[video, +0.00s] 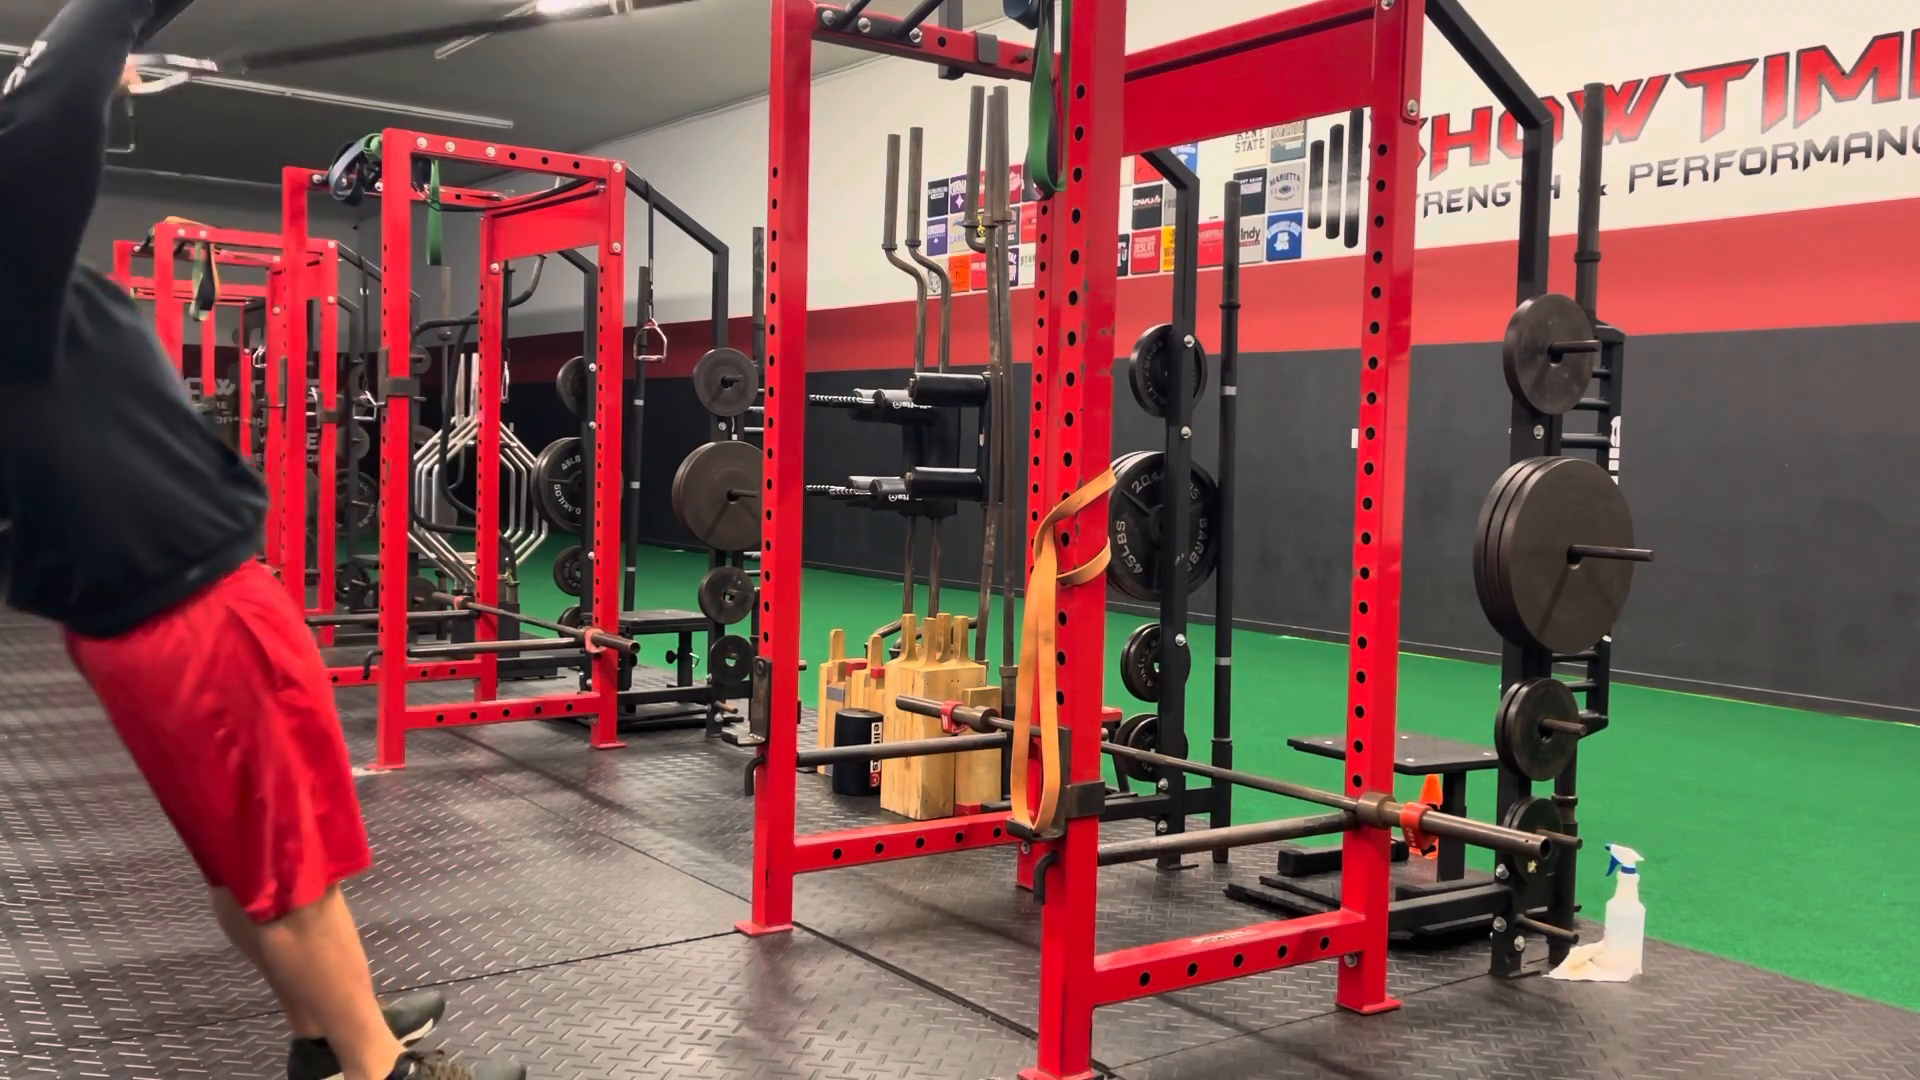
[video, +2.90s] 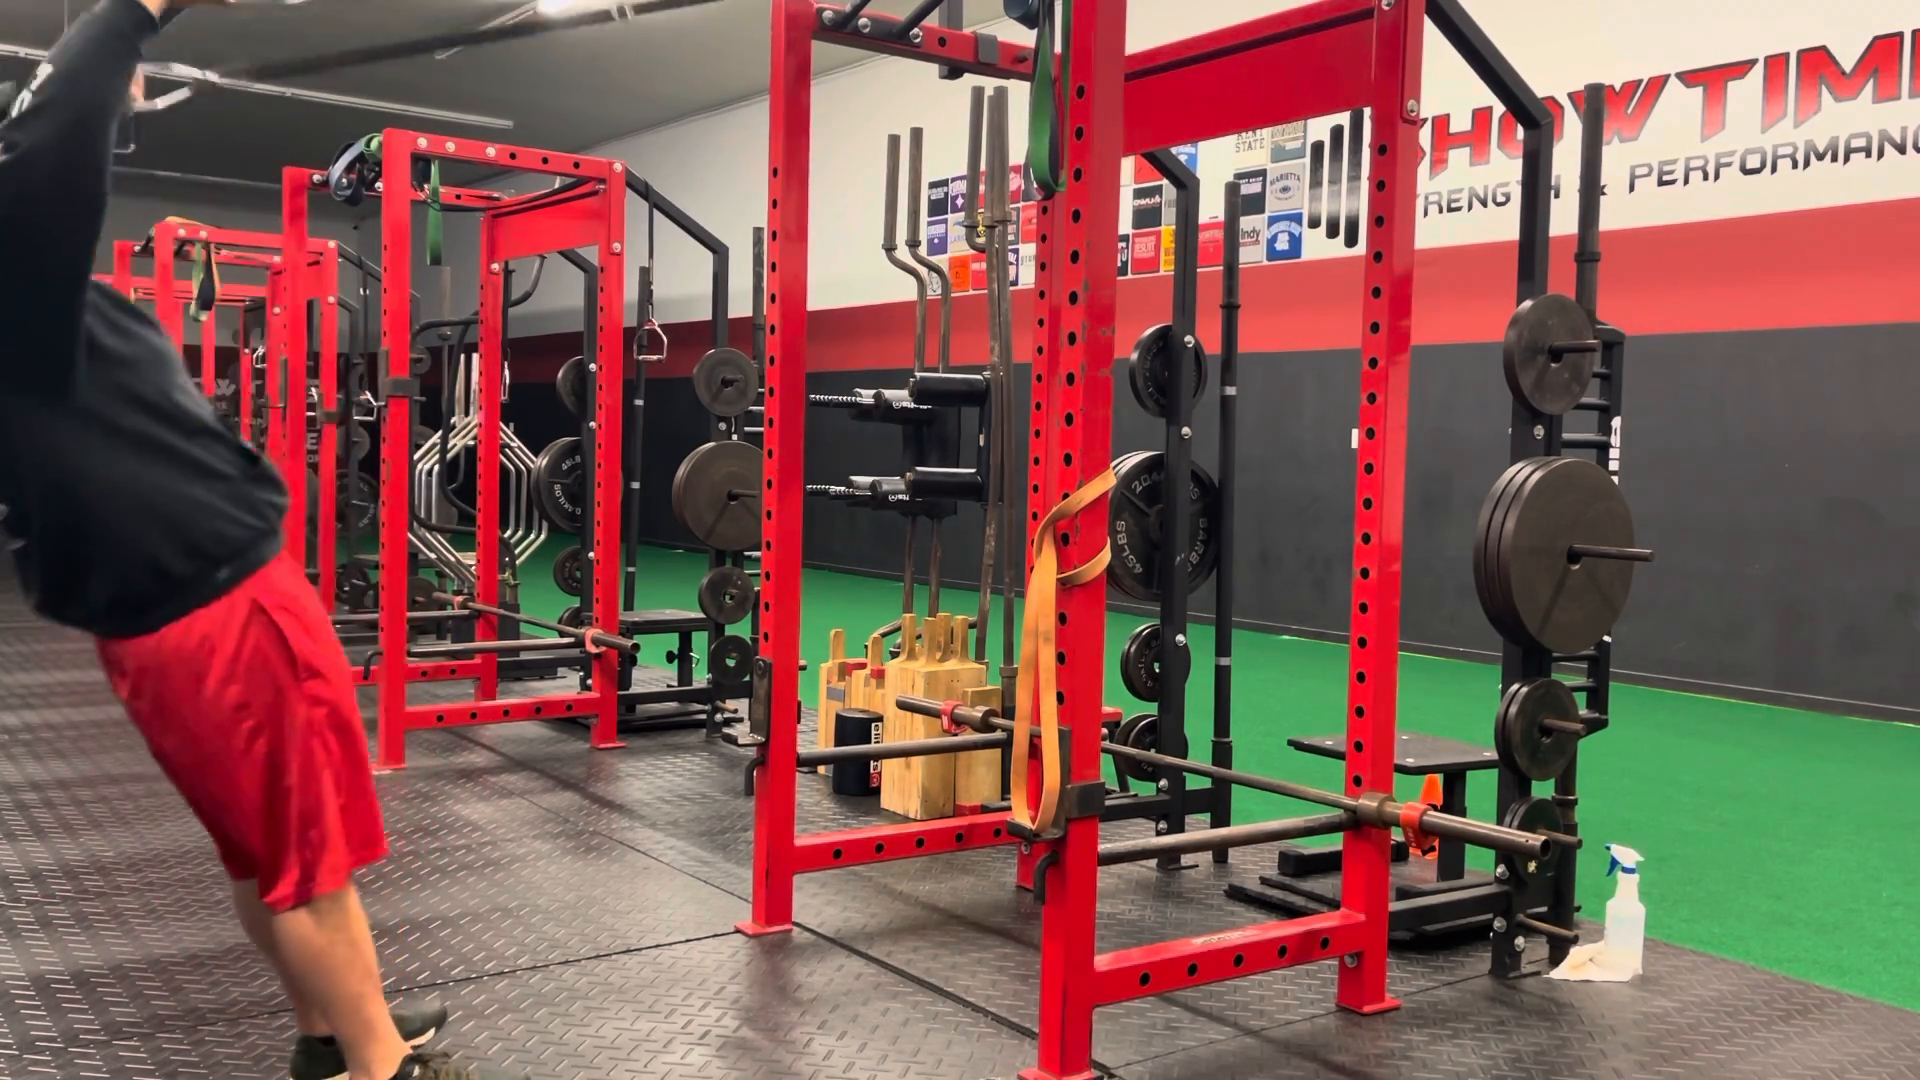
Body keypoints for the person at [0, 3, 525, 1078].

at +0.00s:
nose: (111, 98)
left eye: (106, 83)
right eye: (92, 80)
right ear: (38, 127)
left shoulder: (27, 263)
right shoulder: (19, 260)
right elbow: (71, 70)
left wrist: (92, 70)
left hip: (131, 616)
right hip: (186, 609)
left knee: (248, 863)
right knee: (292, 877)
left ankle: (329, 1032)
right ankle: (376, 1061)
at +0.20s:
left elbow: (15, 250)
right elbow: (17, 236)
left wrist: (114, 207)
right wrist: (165, 126)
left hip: (69, 601)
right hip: (75, 608)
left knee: (214, 831)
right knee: (231, 851)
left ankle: (324, 1028)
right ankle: (366, 1065)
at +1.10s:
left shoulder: (33, 281)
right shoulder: (20, 282)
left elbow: (48, 155)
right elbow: (52, 154)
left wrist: (116, 24)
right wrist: (131, 12)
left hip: (154, 612)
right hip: (185, 609)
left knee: (261, 854)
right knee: (295, 864)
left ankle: (333, 1030)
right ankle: (374, 1058)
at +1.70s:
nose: (201, 130)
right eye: (184, 113)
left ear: (88, 146)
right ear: (161, 125)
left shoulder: (103, 280)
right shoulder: (187, 238)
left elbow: (67, 170)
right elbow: (180, 81)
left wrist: (64, 48)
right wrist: (136, 2)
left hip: (238, 603)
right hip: (322, 596)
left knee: (292, 843)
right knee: (356, 858)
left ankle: (331, 1023)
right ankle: (389, 1060)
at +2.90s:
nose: (132, 112)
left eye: (136, 97)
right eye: (121, 92)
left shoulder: (36, 291)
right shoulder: (25, 292)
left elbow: (48, 154)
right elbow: (54, 134)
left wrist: (107, 81)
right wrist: (133, 8)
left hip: (170, 615)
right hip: (209, 613)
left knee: (267, 855)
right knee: (311, 865)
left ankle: (329, 1033)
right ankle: (383, 1061)